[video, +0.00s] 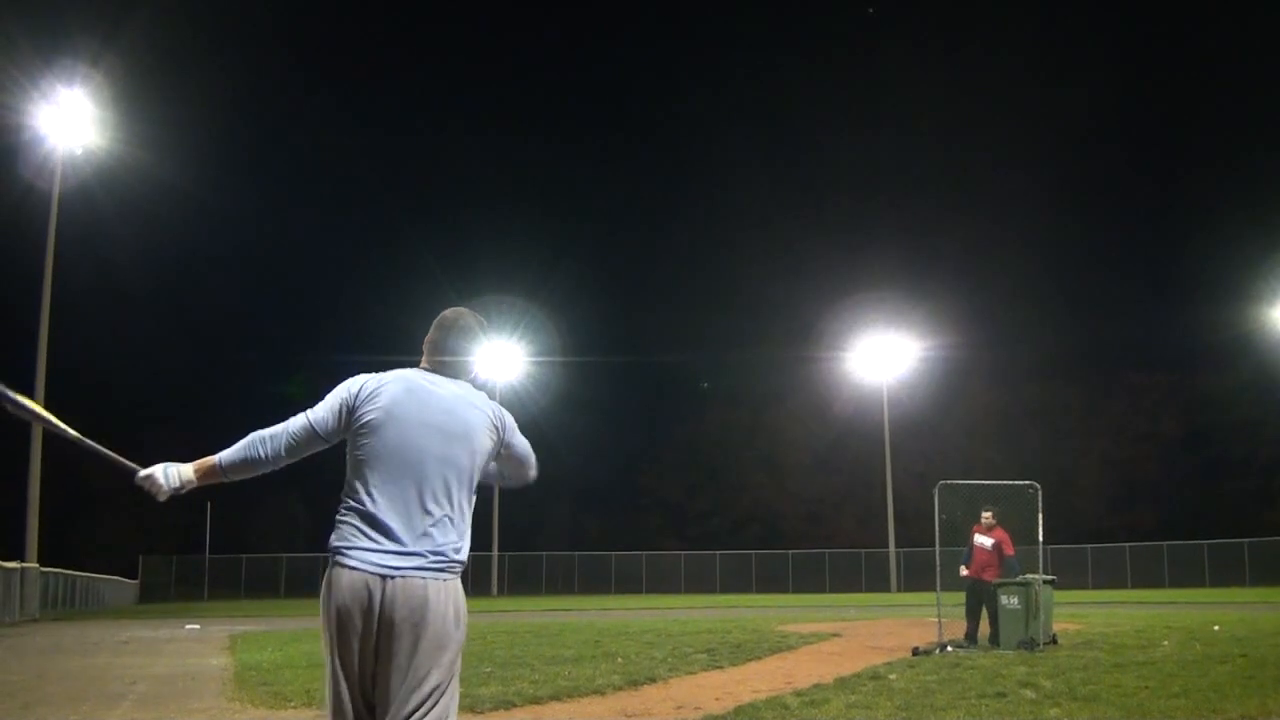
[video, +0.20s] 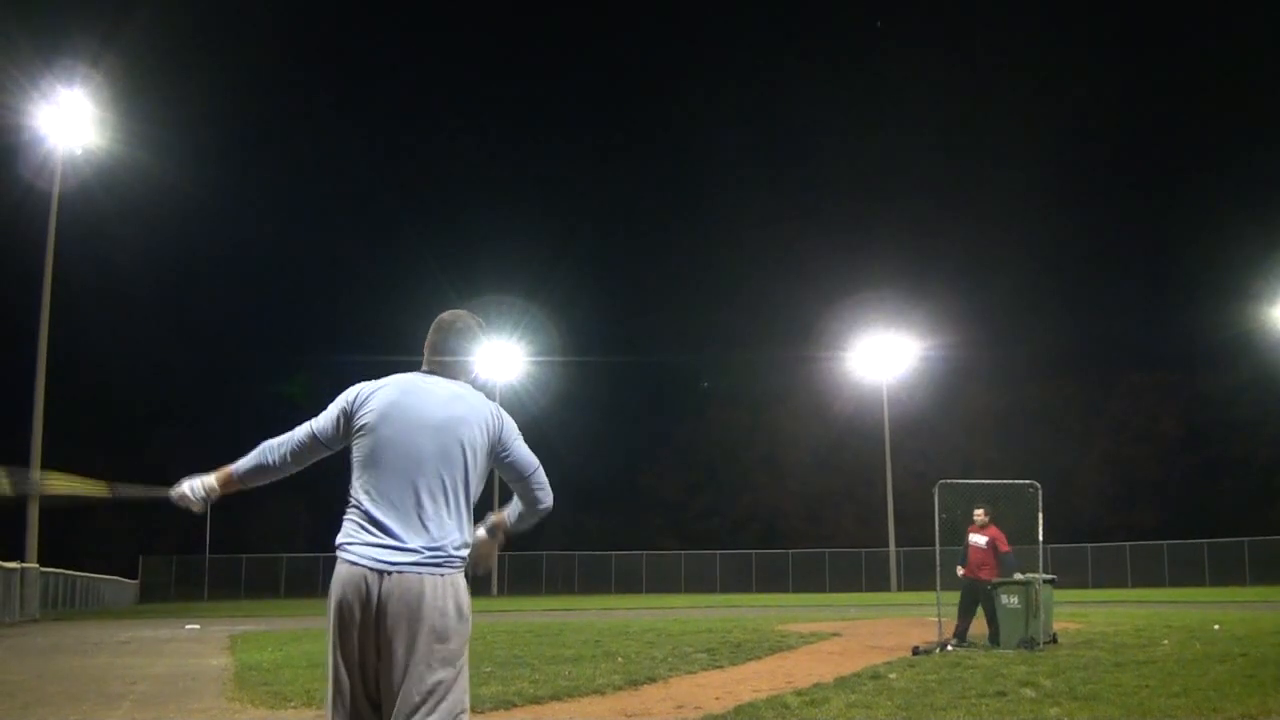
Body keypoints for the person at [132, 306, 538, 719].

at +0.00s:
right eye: (478, 352)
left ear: (426, 350)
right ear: (476, 361)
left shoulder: (369, 389)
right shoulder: (490, 415)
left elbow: (279, 443)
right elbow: (524, 471)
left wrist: (187, 473)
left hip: (350, 583)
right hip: (431, 592)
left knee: (348, 709)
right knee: (421, 712)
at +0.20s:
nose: (476, 367)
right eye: (476, 358)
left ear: (424, 354)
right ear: (474, 364)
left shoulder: (370, 394)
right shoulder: (491, 416)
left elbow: (290, 449)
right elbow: (538, 497)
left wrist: (215, 482)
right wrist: (496, 529)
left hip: (353, 578)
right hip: (433, 588)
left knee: (349, 707)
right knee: (430, 710)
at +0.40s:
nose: (482, 367)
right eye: (479, 357)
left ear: (428, 354)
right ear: (475, 362)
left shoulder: (370, 398)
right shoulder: (486, 413)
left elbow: (315, 479)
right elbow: (517, 513)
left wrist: (266, 537)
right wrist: (502, 574)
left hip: (356, 581)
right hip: (435, 589)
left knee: (356, 711)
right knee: (447, 711)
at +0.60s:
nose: (487, 360)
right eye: (484, 350)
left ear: (428, 347)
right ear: (476, 353)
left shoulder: (366, 402)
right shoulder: (479, 406)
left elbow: (353, 505)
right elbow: (489, 512)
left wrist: (365, 564)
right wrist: (499, 587)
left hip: (357, 583)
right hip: (433, 589)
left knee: (358, 712)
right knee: (440, 712)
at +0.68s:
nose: (484, 350)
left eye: (482, 342)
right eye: (483, 342)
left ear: (425, 342)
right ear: (474, 346)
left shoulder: (369, 399)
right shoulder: (474, 401)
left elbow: (374, 495)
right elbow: (489, 507)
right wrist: (511, 587)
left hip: (356, 584)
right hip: (430, 586)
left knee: (361, 713)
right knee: (434, 711)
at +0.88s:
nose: (478, 344)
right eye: (477, 334)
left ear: (420, 335)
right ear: (472, 338)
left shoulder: (375, 390)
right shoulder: (460, 392)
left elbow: (394, 496)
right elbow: (489, 495)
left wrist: (457, 547)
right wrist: (567, 558)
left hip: (355, 583)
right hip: (422, 587)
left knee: (365, 713)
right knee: (429, 711)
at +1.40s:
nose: (447, 330)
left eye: (446, 320)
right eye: (447, 320)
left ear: (388, 323)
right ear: (437, 325)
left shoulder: (343, 386)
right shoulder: (419, 383)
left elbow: (301, 467)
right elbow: (422, 479)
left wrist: (350, 520)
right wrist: (521, 489)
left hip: (343, 581)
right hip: (404, 582)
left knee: (361, 709)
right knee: (422, 709)